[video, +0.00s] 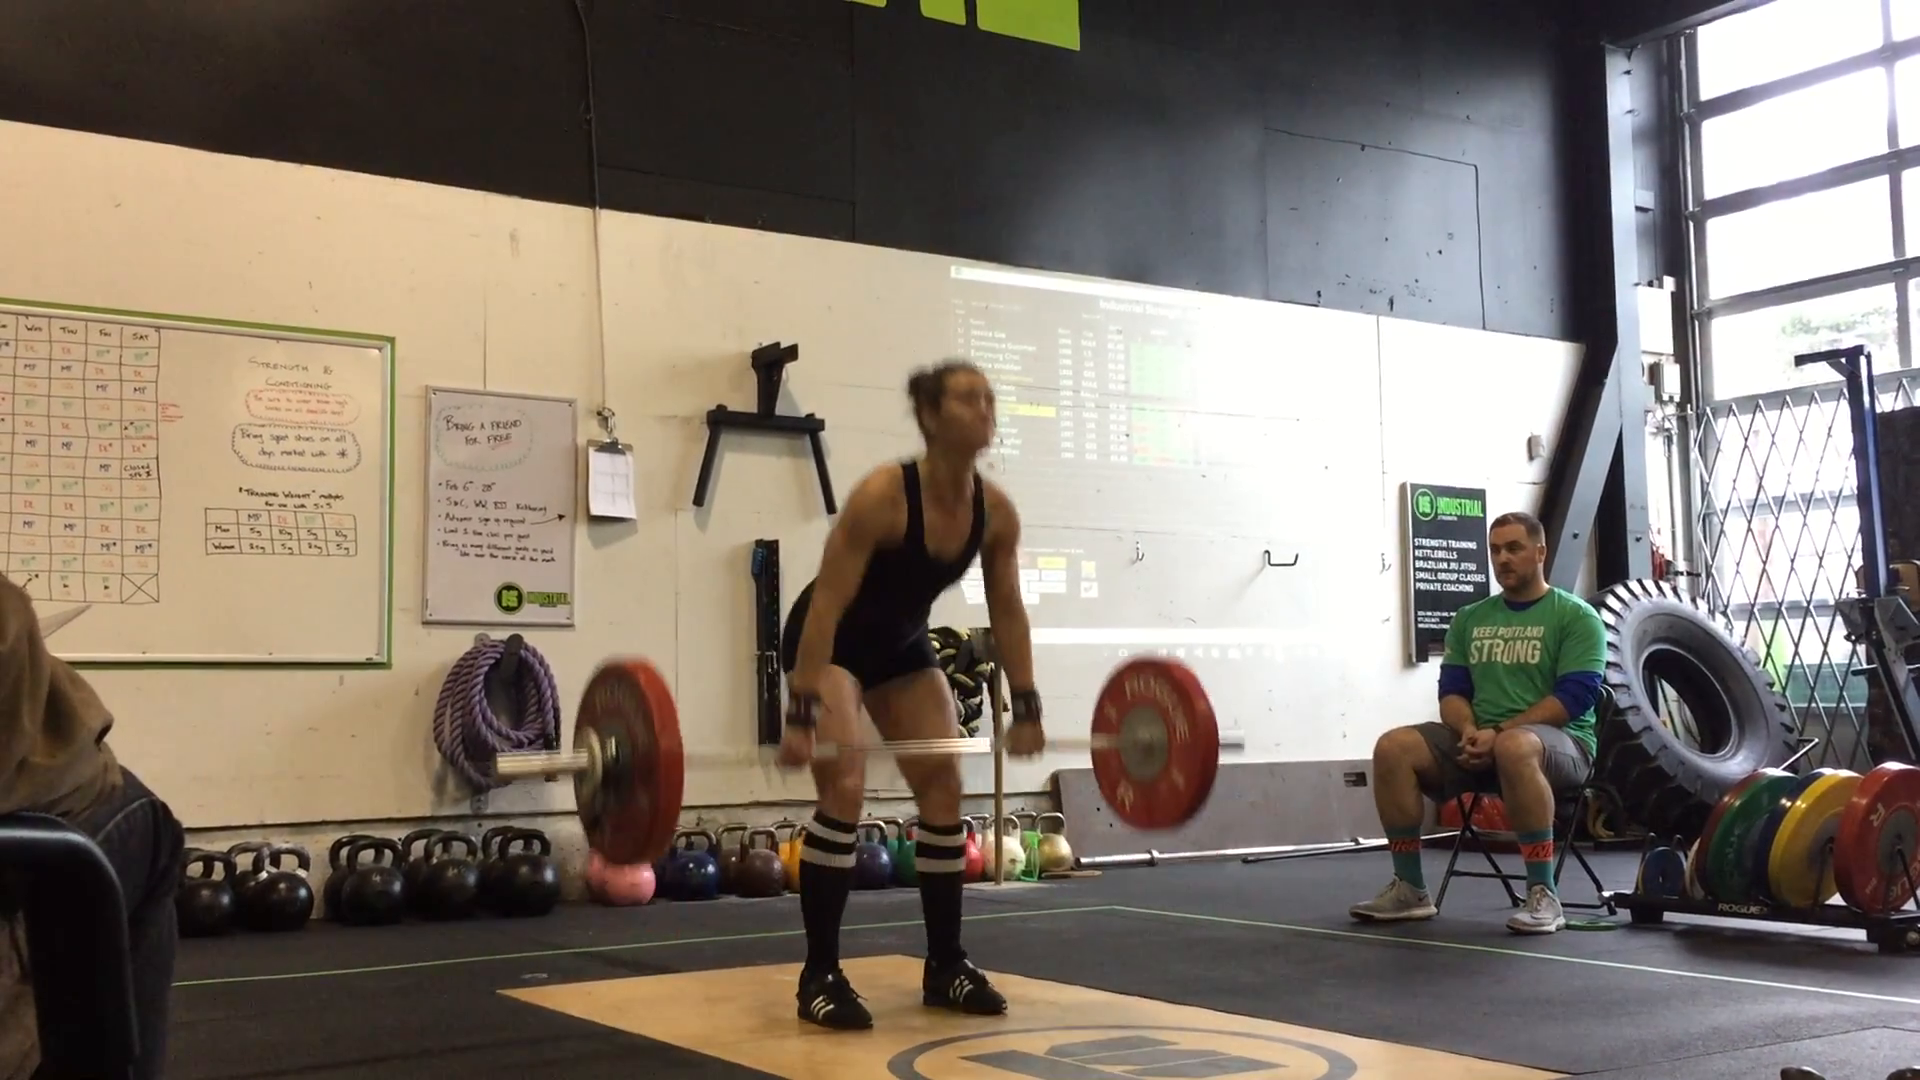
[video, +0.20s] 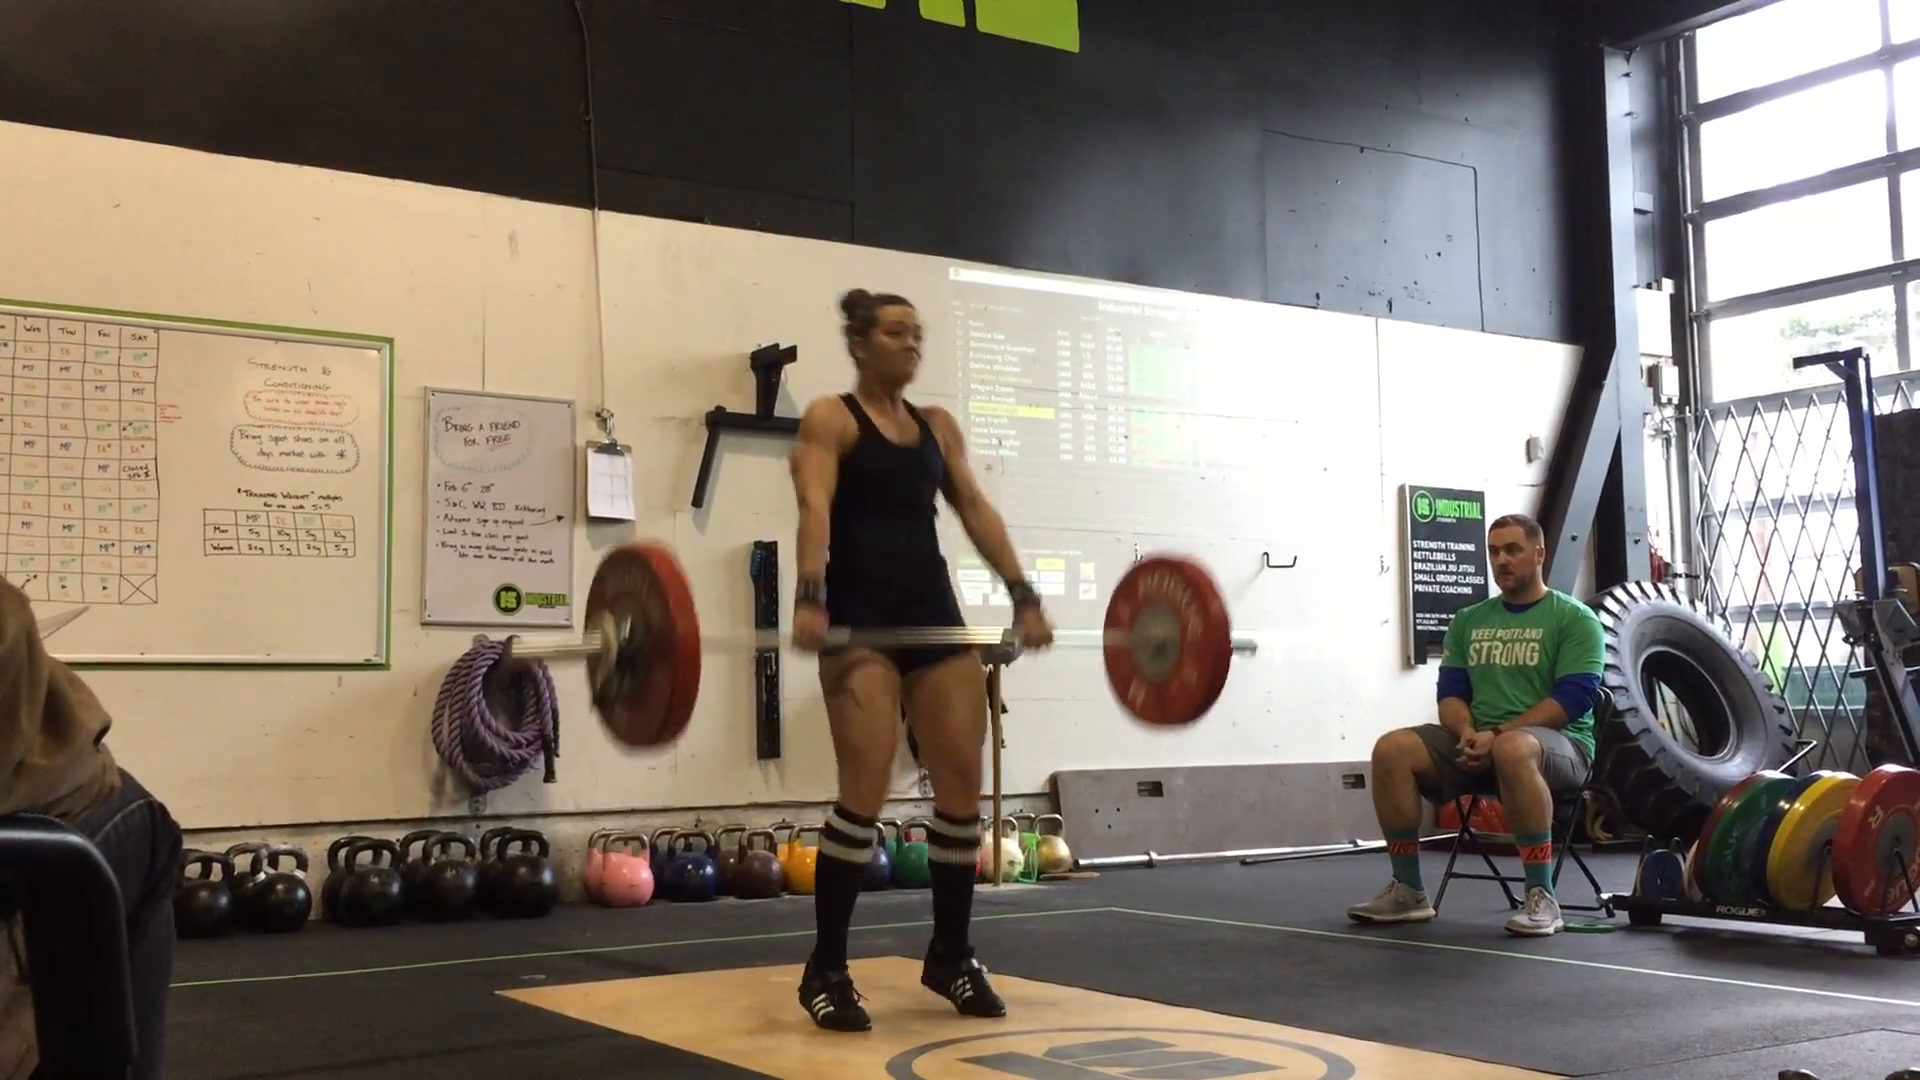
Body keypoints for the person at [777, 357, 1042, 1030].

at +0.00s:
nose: (984, 411)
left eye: (988, 400)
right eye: (968, 400)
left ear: (993, 416)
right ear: (929, 415)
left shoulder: (995, 510)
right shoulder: (880, 495)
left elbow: (1006, 609)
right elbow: (826, 601)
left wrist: (1025, 705)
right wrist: (802, 705)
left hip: (901, 642)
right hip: (830, 636)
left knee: (942, 784)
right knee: (844, 790)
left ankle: (945, 969)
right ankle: (820, 975)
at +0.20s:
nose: (912, 344)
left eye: (916, 334)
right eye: (898, 333)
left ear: (917, 346)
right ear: (860, 342)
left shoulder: (936, 425)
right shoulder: (829, 418)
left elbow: (975, 509)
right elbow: (815, 508)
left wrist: (1024, 592)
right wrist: (810, 591)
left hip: (937, 622)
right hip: (858, 625)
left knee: (963, 787)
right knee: (864, 791)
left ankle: (950, 959)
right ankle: (827, 971)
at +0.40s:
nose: (925, 372)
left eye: (930, 362)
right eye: (910, 362)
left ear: (934, 373)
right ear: (873, 372)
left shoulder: (942, 450)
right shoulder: (838, 435)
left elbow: (974, 540)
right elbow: (759, 491)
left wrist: (1024, 526)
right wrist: (803, 498)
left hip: (914, 647)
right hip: (840, 646)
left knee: (987, 798)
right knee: (852, 804)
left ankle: (973, 970)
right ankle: (819, 981)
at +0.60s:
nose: (949, 470)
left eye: (950, 460)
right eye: (932, 462)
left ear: (955, 477)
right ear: (894, 481)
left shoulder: (978, 569)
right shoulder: (876, 564)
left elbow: (1063, 587)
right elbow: (877, 633)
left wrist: (1042, 533)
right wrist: (851, 549)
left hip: (928, 745)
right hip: (854, 736)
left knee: (1048, 830)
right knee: (853, 838)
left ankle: (975, 971)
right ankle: (820, 983)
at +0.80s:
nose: (949, 557)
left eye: (954, 545)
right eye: (934, 545)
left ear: (960, 556)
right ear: (897, 559)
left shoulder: (981, 644)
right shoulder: (872, 642)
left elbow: (1074, 629)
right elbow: (897, 638)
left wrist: (1035, 598)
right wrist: (843, 595)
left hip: (940, 822)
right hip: (859, 817)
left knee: (1064, 854)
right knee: (856, 860)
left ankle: (974, 971)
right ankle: (823, 983)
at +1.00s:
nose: (949, 602)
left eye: (954, 591)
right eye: (932, 592)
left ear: (959, 601)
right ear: (893, 608)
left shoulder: (982, 693)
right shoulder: (870, 692)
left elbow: (1075, 674)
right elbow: (896, 684)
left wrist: (1011, 644)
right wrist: (837, 640)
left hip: (951, 869)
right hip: (875, 868)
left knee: (1075, 858)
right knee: (845, 863)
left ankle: (974, 970)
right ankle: (822, 985)